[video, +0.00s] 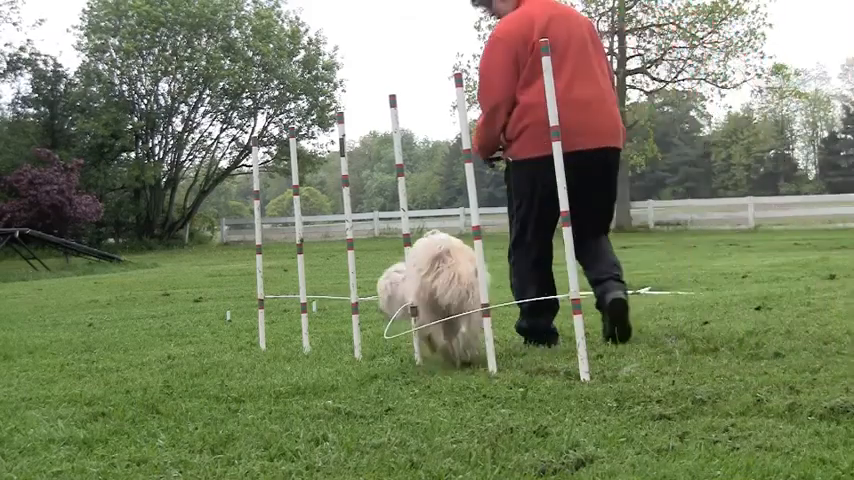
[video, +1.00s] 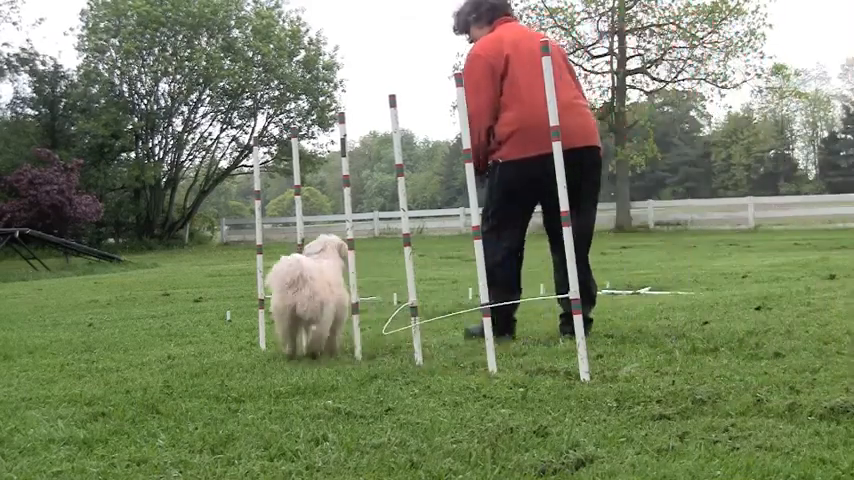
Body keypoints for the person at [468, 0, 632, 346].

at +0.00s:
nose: (491, 15)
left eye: (490, 8)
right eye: (488, 11)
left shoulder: (508, 29)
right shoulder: (582, 21)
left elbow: (496, 100)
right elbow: (604, 80)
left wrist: (484, 146)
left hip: (536, 145)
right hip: (601, 139)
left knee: (530, 239)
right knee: (591, 230)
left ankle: (538, 330)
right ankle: (612, 292)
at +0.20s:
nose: (480, 16)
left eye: (478, 9)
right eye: (476, 11)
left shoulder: (496, 28)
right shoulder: (567, 19)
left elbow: (488, 98)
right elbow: (593, 79)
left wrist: (480, 145)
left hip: (531, 137)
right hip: (591, 133)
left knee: (525, 235)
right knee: (570, 228)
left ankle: (539, 332)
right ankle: (582, 321)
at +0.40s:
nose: (480, 25)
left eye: (478, 16)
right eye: (475, 19)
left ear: (492, 3)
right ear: (512, 1)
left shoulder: (501, 34)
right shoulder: (561, 27)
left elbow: (491, 103)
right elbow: (577, 85)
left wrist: (477, 147)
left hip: (536, 142)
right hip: (591, 136)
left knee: (521, 239)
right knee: (573, 233)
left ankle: (540, 330)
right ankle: (574, 321)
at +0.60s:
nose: (486, 34)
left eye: (483, 25)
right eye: (481, 29)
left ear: (495, 8)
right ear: (516, 4)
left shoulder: (505, 39)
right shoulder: (562, 31)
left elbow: (496, 111)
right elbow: (576, 89)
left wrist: (481, 155)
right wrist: (520, 140)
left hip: (542, 146)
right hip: (595, 139)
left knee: (525, 244)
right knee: (575, 241)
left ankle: (543, 327)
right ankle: (578, 322)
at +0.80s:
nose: (483, 36)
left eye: (481, 28)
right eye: (479, 31)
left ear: (493, 12)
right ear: (518, 8)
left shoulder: (499, 42)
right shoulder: (562, 36)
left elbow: (491, 110)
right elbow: (581, 88)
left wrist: (484, 159)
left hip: (537, 147)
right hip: (593, 141)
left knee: (517, 236)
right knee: (578, 237)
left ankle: (536, 310)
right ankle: (578, 319)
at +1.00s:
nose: (470, 41)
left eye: (469, 33)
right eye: (467, 35)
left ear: (480, 21)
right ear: (506, 16)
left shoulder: (484, 51)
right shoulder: (549, 43)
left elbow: (479, 117)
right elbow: (575, 92)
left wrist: (479, 163)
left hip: (524, 150)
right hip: (582, 144)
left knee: (501, 235)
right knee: (572, 234)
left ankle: (499, 322)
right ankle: (577, 319)